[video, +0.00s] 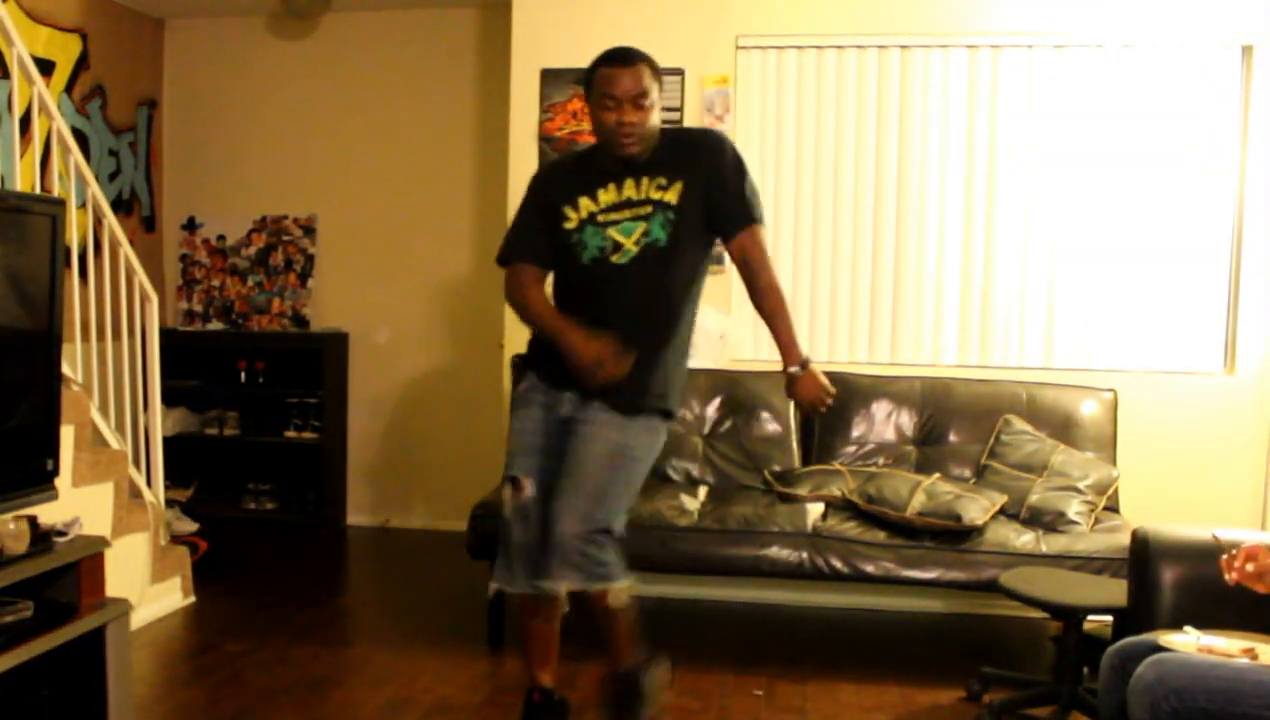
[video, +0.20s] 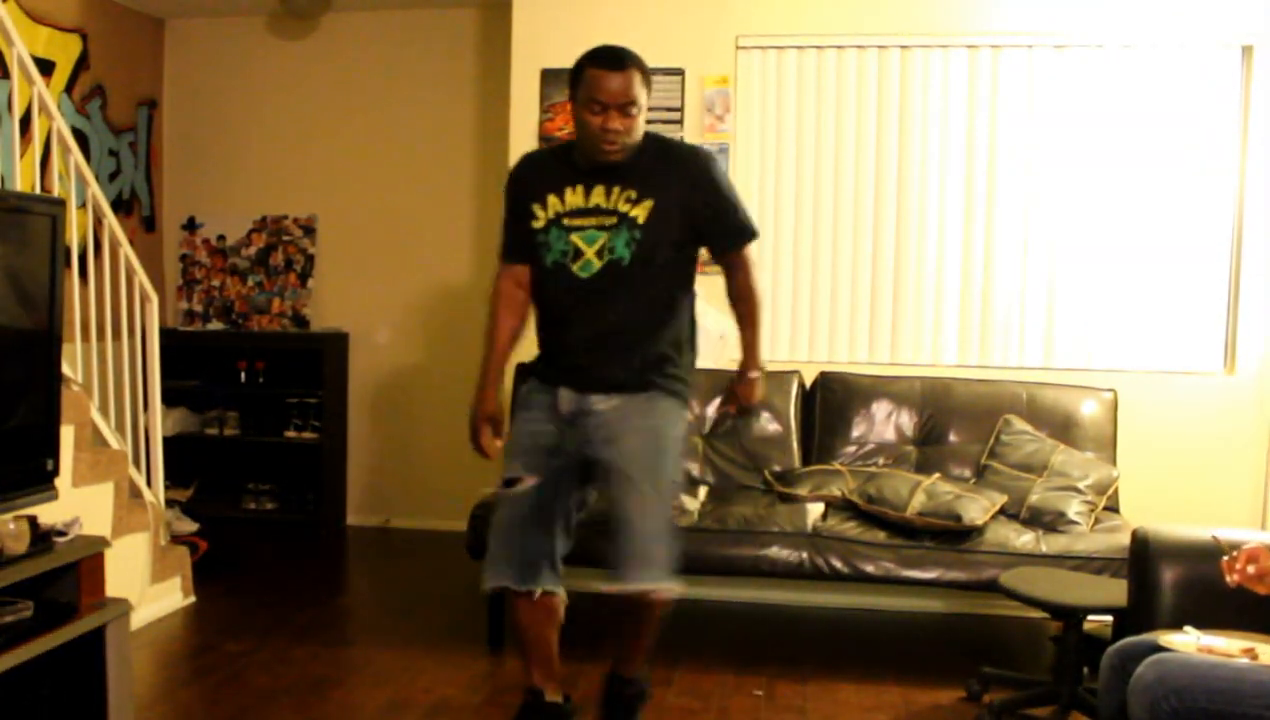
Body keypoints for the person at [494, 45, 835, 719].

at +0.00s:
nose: (628, 115)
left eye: (639, 101)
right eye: (613, 103)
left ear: (658, 100)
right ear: (589, 107)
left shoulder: (704, 156)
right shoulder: (559, 178)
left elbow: (753, 261)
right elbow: (520, 282)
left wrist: (797, 364)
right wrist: (569, 336)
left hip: (636, 390)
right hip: (549, 380)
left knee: (583, 536)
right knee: (530, 538)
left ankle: (631, 672)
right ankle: (543, 697)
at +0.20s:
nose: (613, 121)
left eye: (627, 108)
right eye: (599, 107)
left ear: (646, 106)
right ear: (573, 105)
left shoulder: (688, 171)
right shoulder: (534, 177)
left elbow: (738, 265)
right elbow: (515, 283)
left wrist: (751, 362)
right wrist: (489, 384)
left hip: (646, 393)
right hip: (552, 389)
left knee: (647, 565)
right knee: (524, 552)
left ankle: (626, 687)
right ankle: (546, 697)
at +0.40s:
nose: (627, 114)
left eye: (642, 101)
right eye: (613, 100)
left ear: (661, 101)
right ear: (588, 98)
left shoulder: (702, 176)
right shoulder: (549, 166)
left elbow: (736, 281)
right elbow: (515, 255)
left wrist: (763, 389)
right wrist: (481, 343)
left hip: (691, 409)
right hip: (578, 406)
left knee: (738, 576)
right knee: (520, 546)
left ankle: (723, 706)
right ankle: (541, 693)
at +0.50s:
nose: (646, 122)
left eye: (661, 109)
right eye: (633, 108)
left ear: (682, 106)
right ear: (611, 105)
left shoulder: (726, 179)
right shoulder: (573, 172)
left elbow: (764, 275)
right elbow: (528, 254)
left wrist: (796, 354)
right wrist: (481, 333)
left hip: (710, 418)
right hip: (599, 413)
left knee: (739, 583)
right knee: (536, 553)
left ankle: (727, 712)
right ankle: (524, 695)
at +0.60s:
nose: (667, 137)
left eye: (682, 123)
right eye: (653, 121)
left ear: (707, 115)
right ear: (632, 113)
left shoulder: (747, 181)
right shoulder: (593, 175)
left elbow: (798, 264)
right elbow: (531, 254)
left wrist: (803, 292)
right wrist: (471, 332)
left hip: (725, 410)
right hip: (629, 405)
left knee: (737, 591)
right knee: (627, 558)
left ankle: (723, 716)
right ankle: (537, 670)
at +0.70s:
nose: (685, 144)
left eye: (701, 130)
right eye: (672, 128)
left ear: (724, 124)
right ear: (651, 118)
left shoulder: (759, 190)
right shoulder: (601, 175)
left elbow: (823, 283)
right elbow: (528, 240)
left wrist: (806, 256)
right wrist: (466, 312)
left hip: (740, 416)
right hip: (643, 409)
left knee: (752, 602)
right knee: (670, 565)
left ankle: (724, 715)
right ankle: (602, 697)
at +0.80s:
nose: (694, 148)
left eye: (709, 134)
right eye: (680, 132)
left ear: (731, 128)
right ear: (659, 123)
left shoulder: (758, 188)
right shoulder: (605, 176)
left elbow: (803, 277)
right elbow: (514, 224)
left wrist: (793, 223)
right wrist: (477, 273)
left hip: (740, 409)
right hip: (642, 404)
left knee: (759, 578)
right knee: (637, 575)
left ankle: (725, 712)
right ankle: (652, 711)